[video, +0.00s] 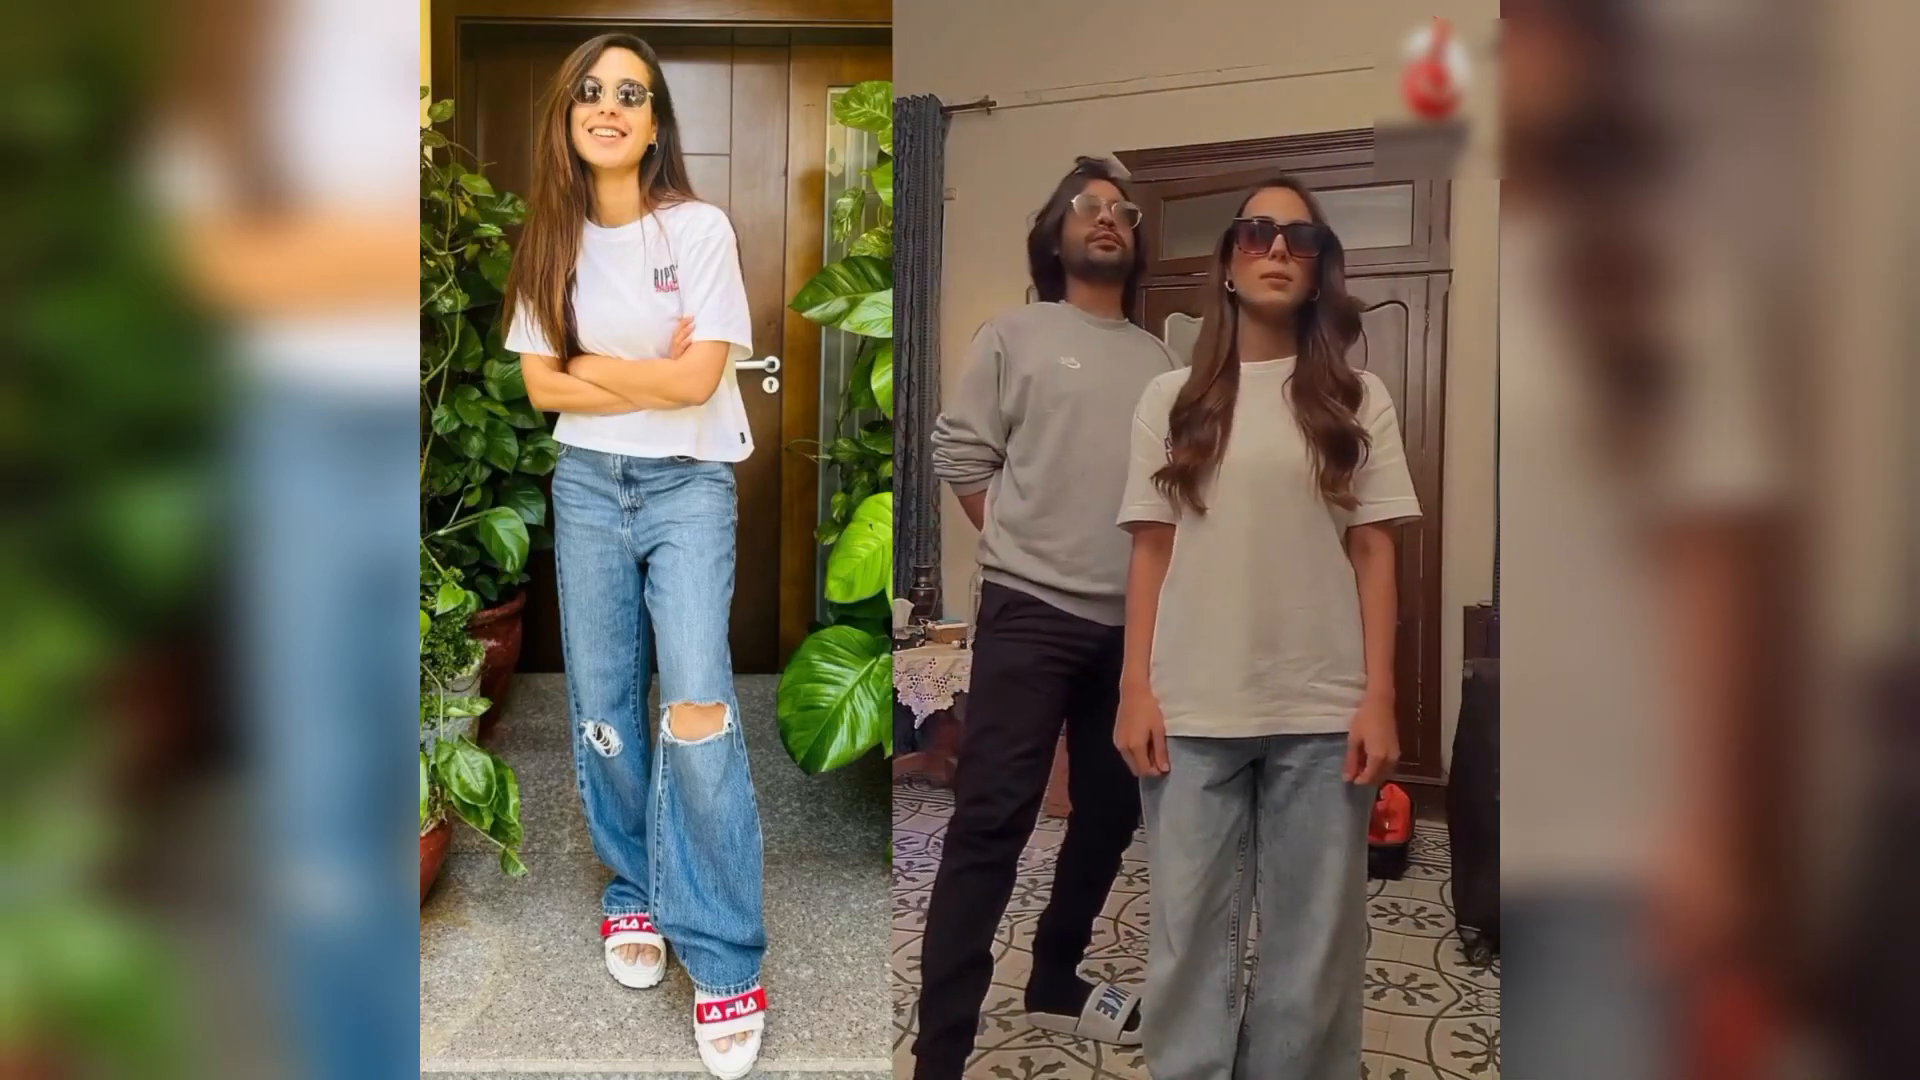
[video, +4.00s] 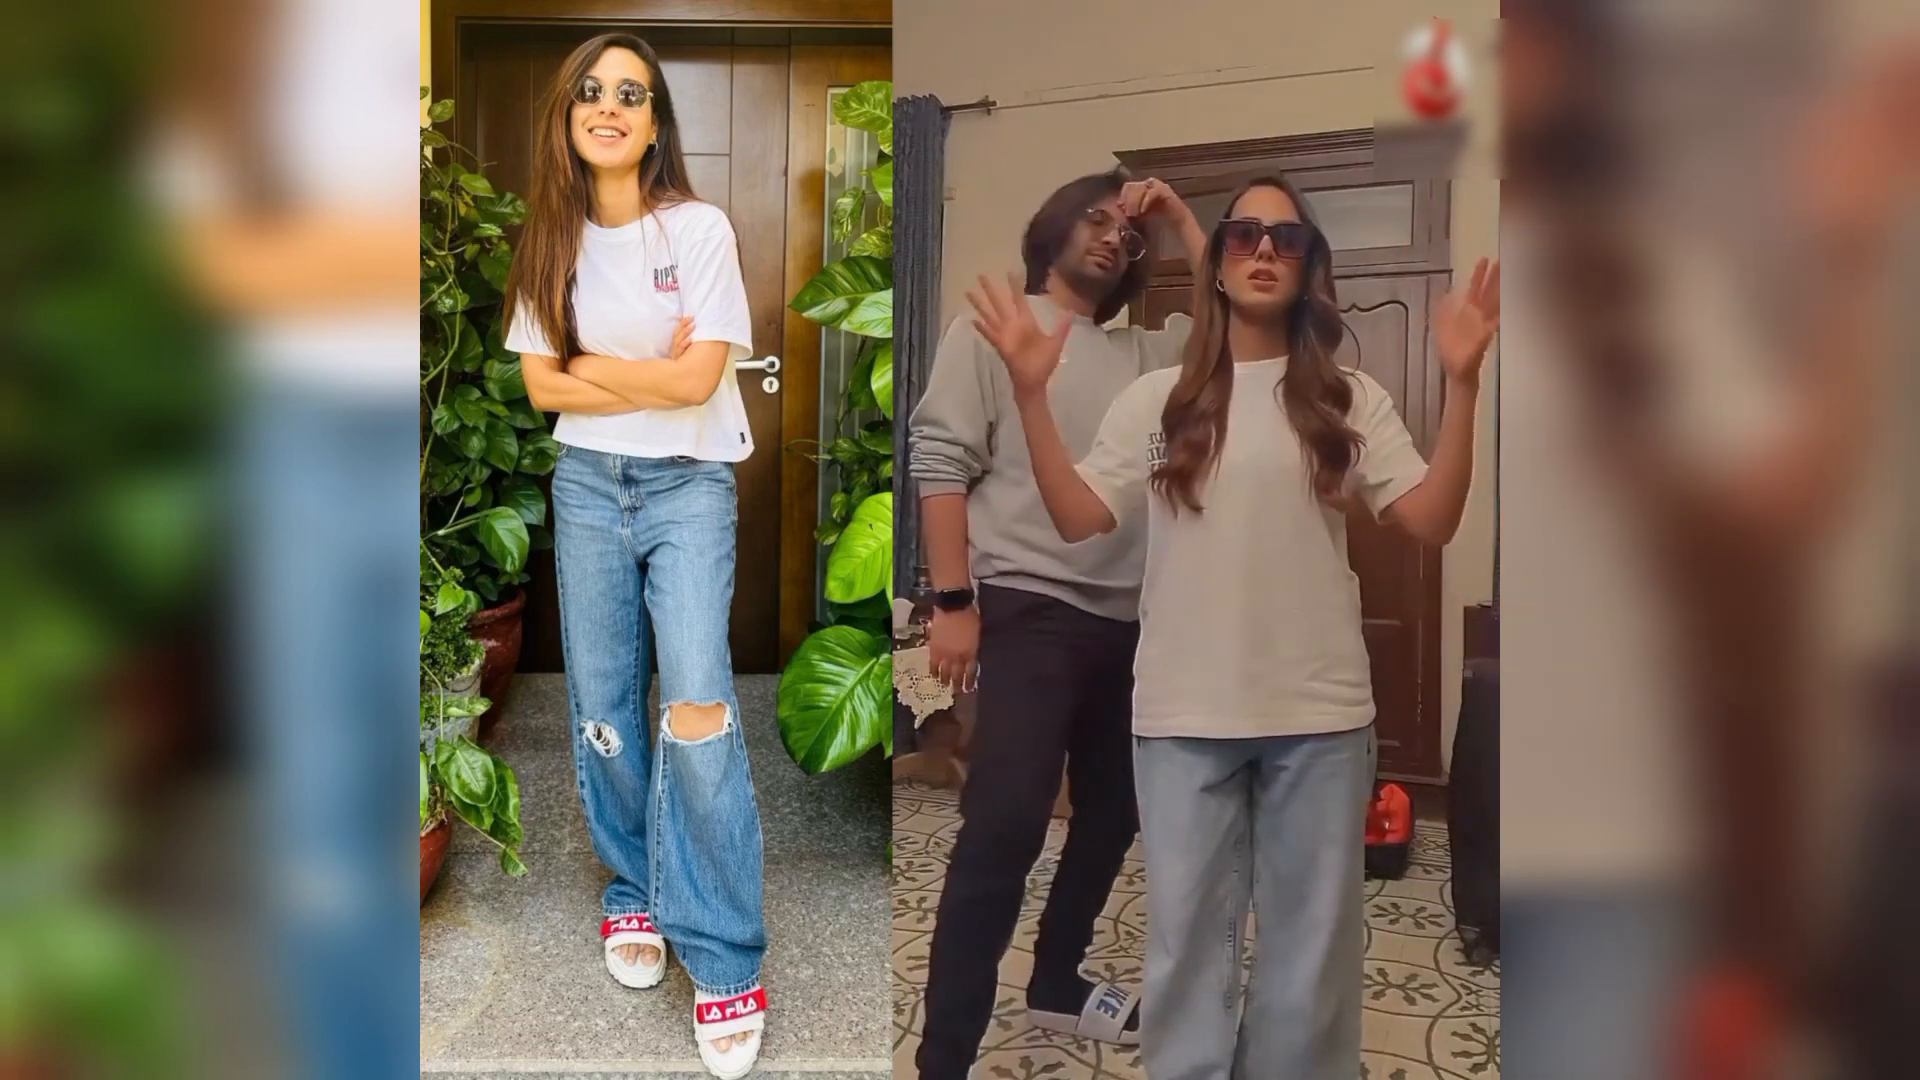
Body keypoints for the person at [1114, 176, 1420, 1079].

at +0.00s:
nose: (1278, 249)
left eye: (1299, 238)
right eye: (1258, 235)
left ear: (1321, 268)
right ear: (1227, 263)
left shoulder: (1358, 397)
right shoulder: (1174, 395)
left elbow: (1374, 554)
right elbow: (1150, 550)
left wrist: (1378, 700)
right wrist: (1136, 685)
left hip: (1325, 717)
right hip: (1193, 715)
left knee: (1313, 957)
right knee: (1184, 945)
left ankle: (1289, 1073)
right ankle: (1186, 1070)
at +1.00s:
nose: (1267, 252)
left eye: (1290, 242)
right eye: (1247, 240)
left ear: (1314, 270)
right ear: (1221, 268)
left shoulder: (1353, 394)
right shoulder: (1171, 397)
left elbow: (1371, 552)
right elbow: (1148, 552)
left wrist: (1373, 699)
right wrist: (1132, 687)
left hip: (1321, 718)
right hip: (1188, 718)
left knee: (1310, 955)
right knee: (1183, 945)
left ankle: (1289, 1074)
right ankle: (1184, 1071)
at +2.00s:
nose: (1266, 249)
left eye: (1287, 237)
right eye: (1248, 235)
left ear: (1313, 265)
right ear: (1219, 262)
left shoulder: (1346, 393)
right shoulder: (1162, 392)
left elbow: (1360, 552)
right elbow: (1154, 542)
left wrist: (1420, 517)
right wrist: (1093, 518)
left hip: (1317, 705)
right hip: (1182, 705)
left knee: (1310, 946)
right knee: (1182, 938)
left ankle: (1294, 1071)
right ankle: (1186, 1067)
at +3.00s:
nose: (1266, 248)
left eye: (1286, 236)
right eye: (1247, 234)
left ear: (1311, 263)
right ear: (1217, 258)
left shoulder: (1347, 392)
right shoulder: (1159, 391)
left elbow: (1384, 537)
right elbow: (1105, 531)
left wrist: (1471, 451)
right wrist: (1026, 446)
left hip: (1320, 707)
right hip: (1184, 708)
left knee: (1315, 944)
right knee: (1185, 938)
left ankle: (1294, 1075)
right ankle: (1186, 1069)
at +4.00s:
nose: (1263, 247)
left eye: (1284, 236)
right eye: (1244, 234)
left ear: (1311, 265)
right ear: (1214, 261)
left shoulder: (1345, 391)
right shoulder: (1160, 394)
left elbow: (1429, 522)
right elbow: (1082, 517)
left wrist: (1462, 382)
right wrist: (1031, 389)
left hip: (1322, 712)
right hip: (1183, 713)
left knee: (1314, 953)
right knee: (1184, 946)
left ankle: (1296, 1074)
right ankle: (1184, 1069)